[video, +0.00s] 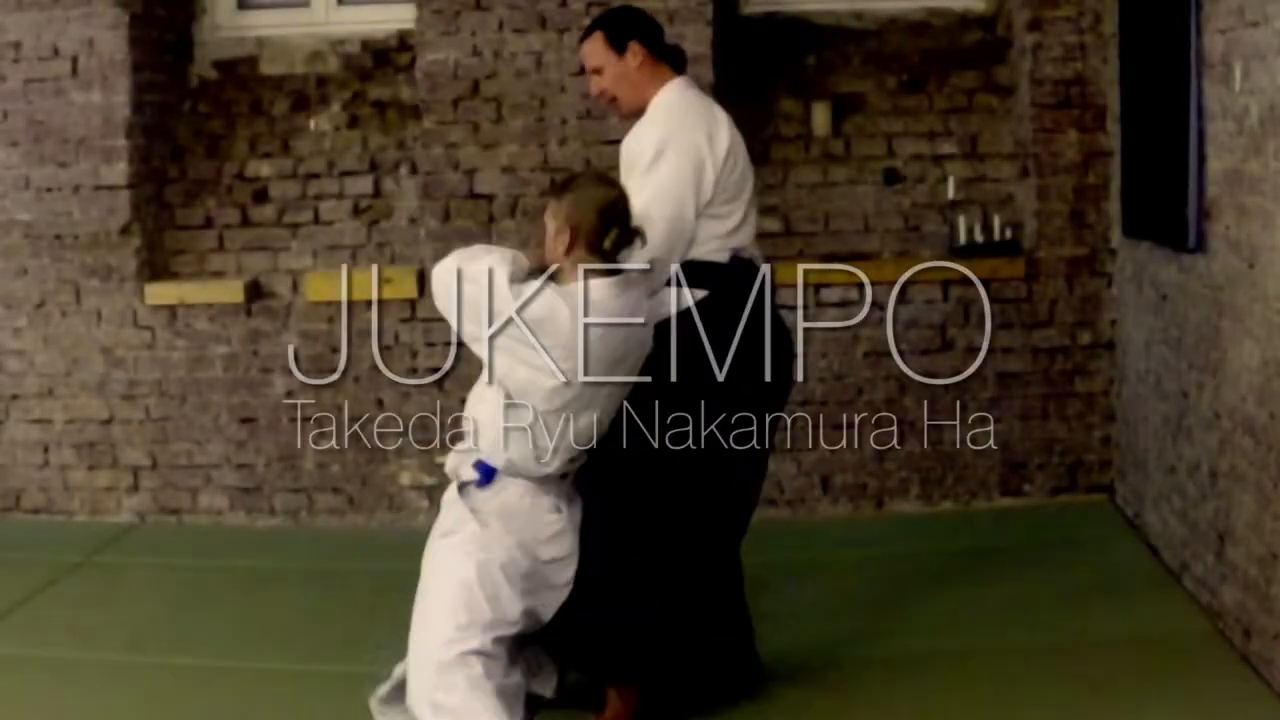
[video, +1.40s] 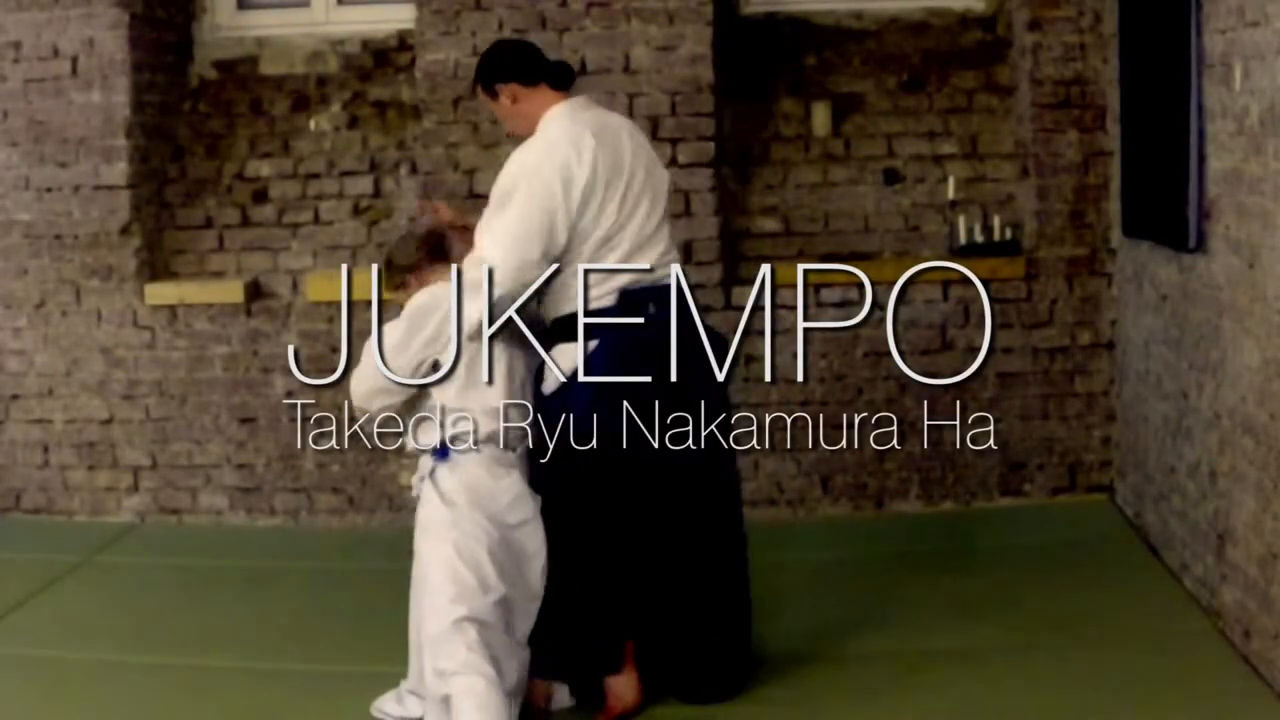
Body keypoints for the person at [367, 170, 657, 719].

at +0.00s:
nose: (543, 235)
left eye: (548, 225)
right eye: (547, 224)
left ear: (566, 238)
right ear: (617, 238)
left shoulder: (544, 316)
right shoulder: (634, 311)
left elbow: (454, 274)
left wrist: (528, 263)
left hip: (490, 521)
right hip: (556, 516)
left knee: (445, 680)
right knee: (495, 668)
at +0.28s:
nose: (483, 270)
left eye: (485, 261)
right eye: (483, 262)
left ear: (495, 264)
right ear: (546, 256)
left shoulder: (492, 324)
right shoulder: (575, 322)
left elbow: (413, 343)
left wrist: (479, 303)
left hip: (480, 527)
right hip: (544, 525)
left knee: (460, 679)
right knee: (512, 671)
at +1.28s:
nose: (419, 282)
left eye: (419, 271)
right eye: (416, 272)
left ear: (434, 265)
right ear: (475, 258)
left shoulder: (444, 302)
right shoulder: (516, 314)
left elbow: (372, 381)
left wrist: (416, 315)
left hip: (464, 488)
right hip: (516, 486)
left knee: (459, 635)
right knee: (504, 634)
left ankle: (479, 709)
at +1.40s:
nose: (405, 300)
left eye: (407, 287)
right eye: (404, 290)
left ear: (427, 274)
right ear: (462, 262)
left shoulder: (439, 304)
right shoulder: (513, 309)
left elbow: (369, 389)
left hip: (462, 483)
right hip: (517, 479)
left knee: (456, 643)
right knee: (503, 643)